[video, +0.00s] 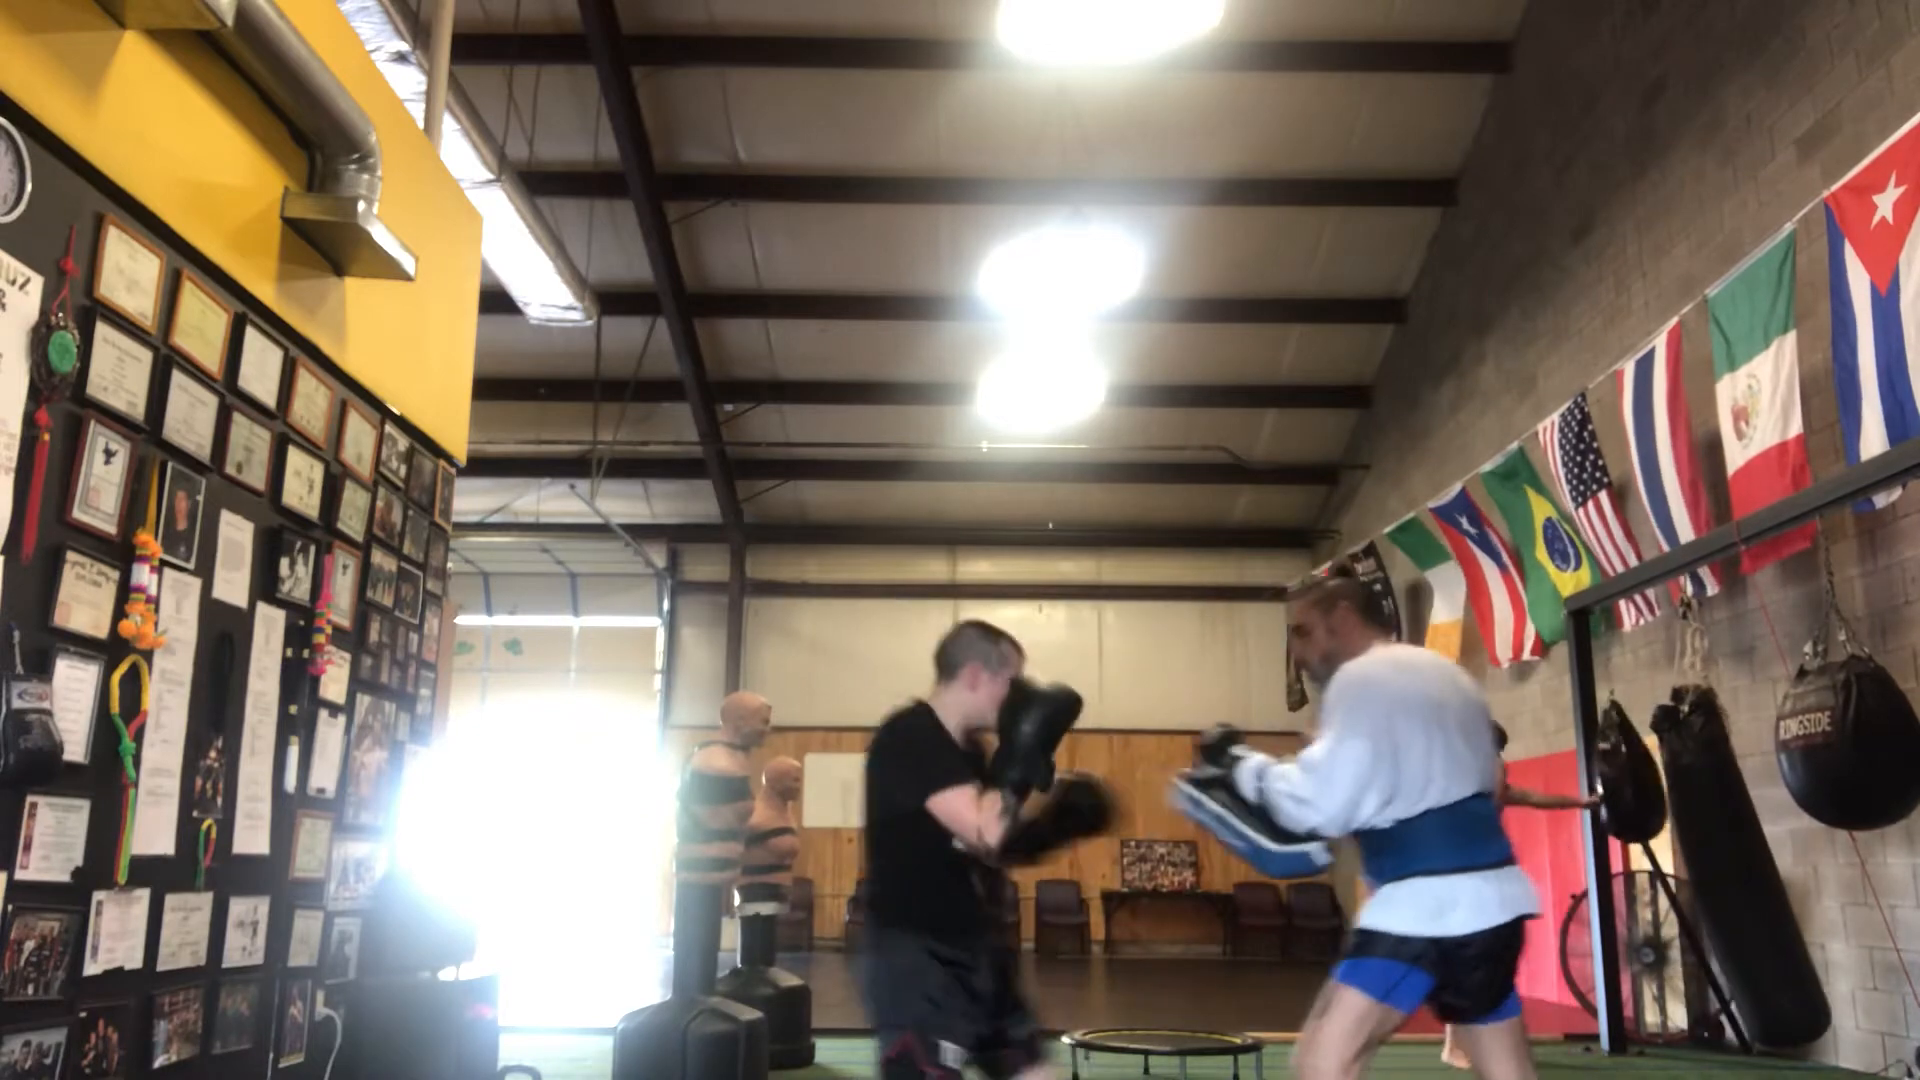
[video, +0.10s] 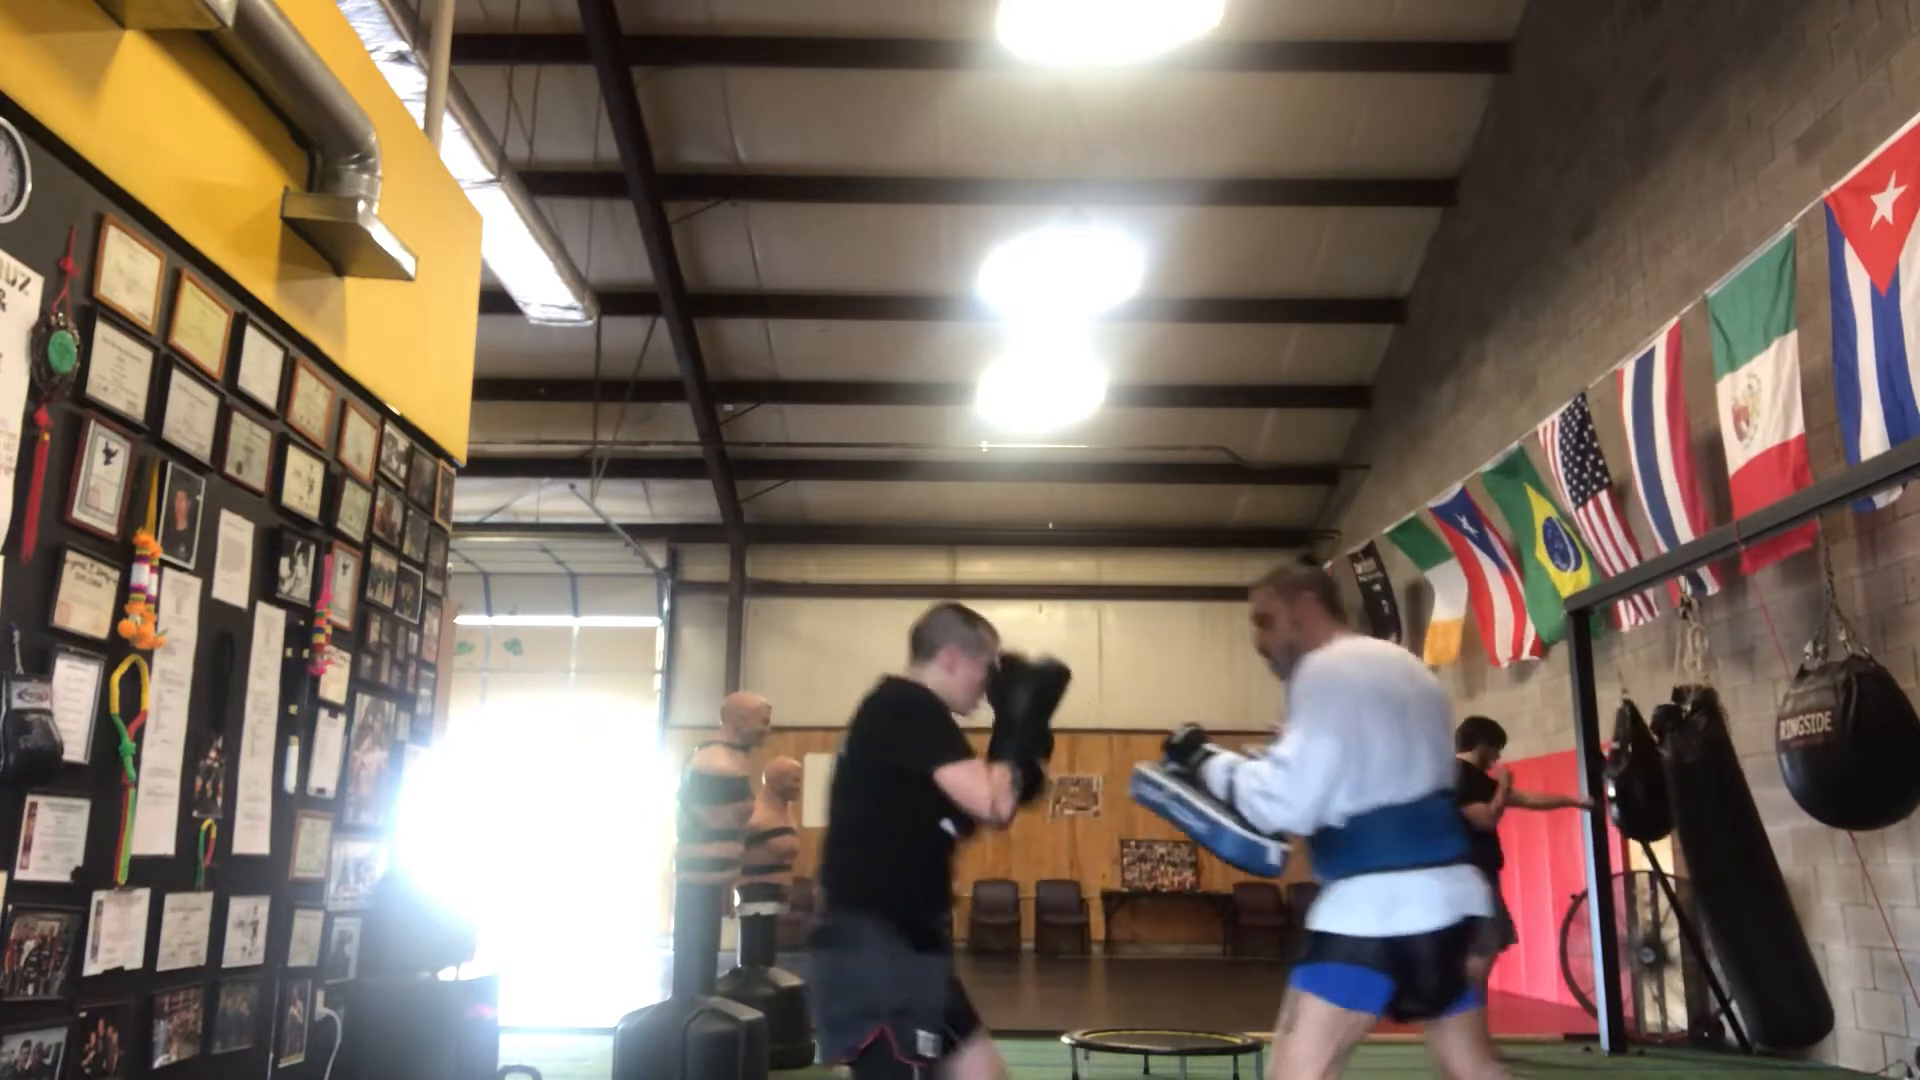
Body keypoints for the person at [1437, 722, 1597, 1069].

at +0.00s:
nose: (1501, 761)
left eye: (1501, 751)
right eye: (1495, 751)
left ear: (1498, 753)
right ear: (1476, 755)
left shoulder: (1492, 788)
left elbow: (1535, 799)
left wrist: (1582, 801)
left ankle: (1459, 1044)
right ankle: (1454, 1044)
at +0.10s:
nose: (1497, 757)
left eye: (1498, 750)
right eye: (1495, 749)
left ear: (1472, 744)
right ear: (1481, 746)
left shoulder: (1479, 779)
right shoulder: (1460, 775)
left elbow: (1527, 800)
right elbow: (1485, 819)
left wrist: (1574, 802)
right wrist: (1503, 785)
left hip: (1484, 871)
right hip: (1470, 873)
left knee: (1494, 937)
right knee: (1488, 939)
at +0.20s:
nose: (1497, 758)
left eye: (1498, 751)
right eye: (1495, 749)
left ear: (1470, 744)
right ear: (1479, 745)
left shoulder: (1466, 774)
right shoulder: (1457, 772)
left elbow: (1501, 814)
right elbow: (1481, 820)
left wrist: (1539, 802)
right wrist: (1507, 795)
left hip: (1477, 878)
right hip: (1466, 880)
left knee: (1478, 954)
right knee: (1479, 953)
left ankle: (1475, 1039)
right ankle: (1460, 1043)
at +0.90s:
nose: (1493, 764)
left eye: (1494, 757)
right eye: (1492, 757)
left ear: (1458, 749)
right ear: (1479, 753)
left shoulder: (1433, 776)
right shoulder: (1473, 777)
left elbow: (1455, 809)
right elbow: (1493, 815)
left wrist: (1491, 789)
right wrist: (1518, 833)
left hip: (1439, 882)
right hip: (1470, 879)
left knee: (1465, 959)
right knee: (1495, 953)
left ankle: (1456, 1038)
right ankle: (1462, 1040)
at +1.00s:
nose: (1492, 764)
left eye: (1493, 759)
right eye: (1492, 759)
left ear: (1455, 751)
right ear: (1483, 755)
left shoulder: (1427, 777)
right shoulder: (1489, 776)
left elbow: (1431, 825)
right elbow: (1519, 813)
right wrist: (1556, 831)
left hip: (1433, 879)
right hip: (1470, 877)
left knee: (1459, 957)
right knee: (1477, 958)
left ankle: (1456, 1040)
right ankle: (1452, 1049)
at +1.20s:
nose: (1492, 761)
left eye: (1493, 756)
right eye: (1492, 756)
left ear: (1457, 746)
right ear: (1483, 752)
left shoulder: (1426, 776)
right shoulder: (1485, 773)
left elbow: (1408, 824)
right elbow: (1532, 805)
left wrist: (1443, 815)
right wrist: (1561, 796)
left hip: (1437, 881)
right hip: (1463, 883)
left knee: (1467, 960)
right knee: (1470, 962)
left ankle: (1461, 1040)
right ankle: (1448, 1055)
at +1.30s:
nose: (1492, 761)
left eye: (1494, 757)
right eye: (1492, 756)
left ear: (1459, 746)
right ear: (1482, 750)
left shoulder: (1438, 773)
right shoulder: (1472, 773)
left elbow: (1414, 816)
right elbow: (1512, 804)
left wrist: (1450, 811)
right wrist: (1512, 785)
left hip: (1444, 881)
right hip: (1457, 882)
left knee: (1476, 960)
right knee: (1465, 964)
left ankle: (1463, 1034)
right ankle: (1447, 1055)